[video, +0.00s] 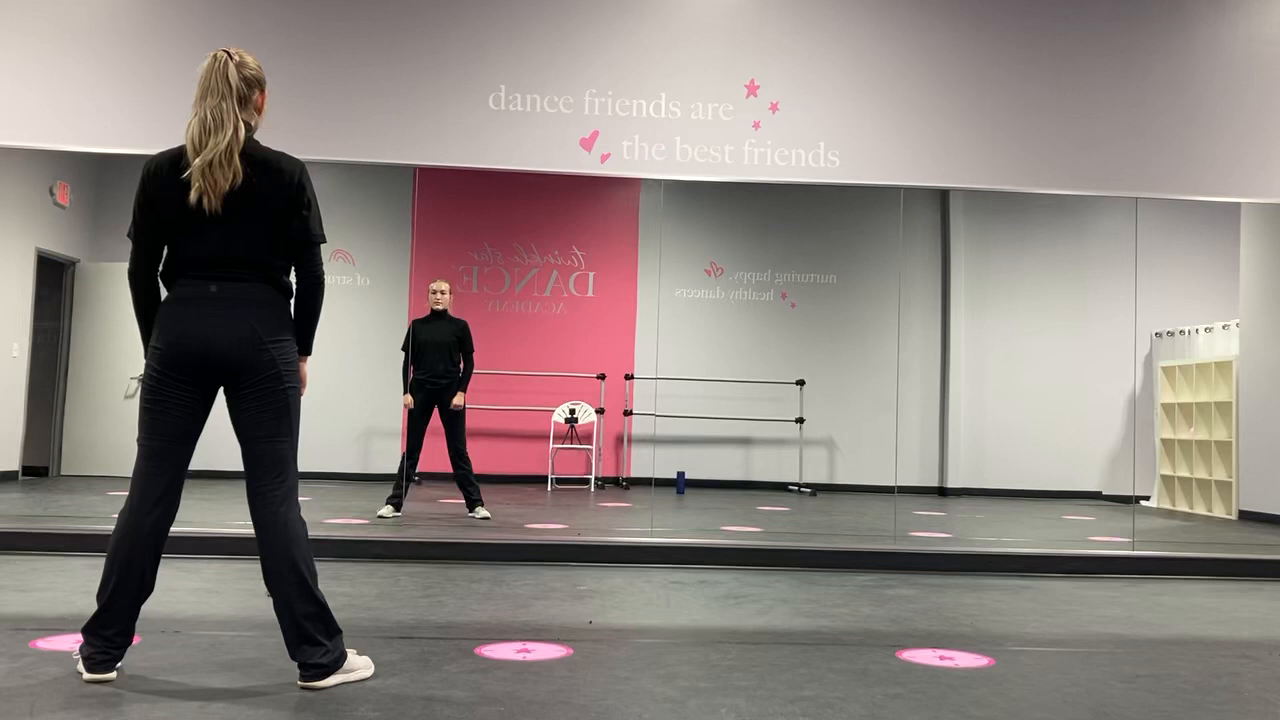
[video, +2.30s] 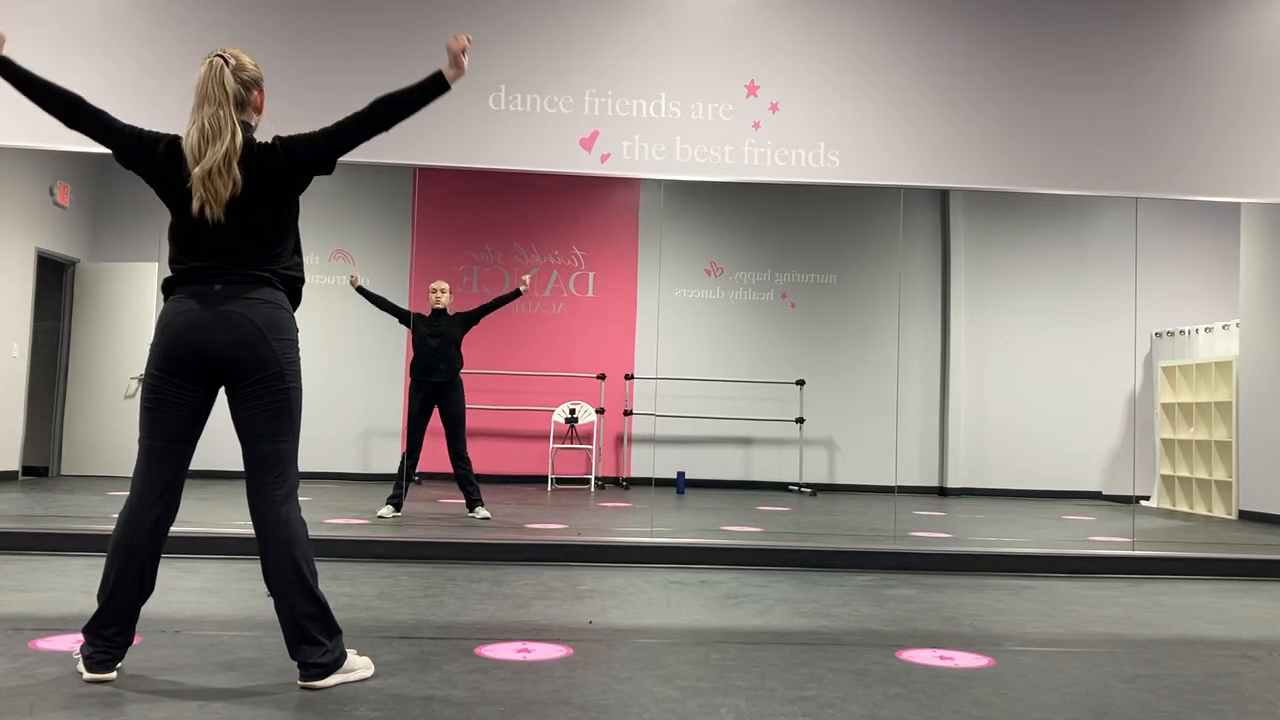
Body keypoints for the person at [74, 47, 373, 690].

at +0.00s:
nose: (268, 105)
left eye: (264, 95)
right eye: (266, 96)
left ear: (202, 96)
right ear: (254, 99)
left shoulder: (162, 169)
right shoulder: (285, 173)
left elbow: (141, 271)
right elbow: (312, 274)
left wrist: (157, 349)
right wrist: (301, 348)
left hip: (180, 328)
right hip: (261, 329)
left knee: (150, 490)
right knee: (275, 497)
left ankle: (101, 649)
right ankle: (319, 656)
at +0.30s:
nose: (267, 104)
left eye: (264, 93)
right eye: (265, 95)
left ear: (201, 96)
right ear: (253, 99)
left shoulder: (164, 164)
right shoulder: (286, 168)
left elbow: (125, 255)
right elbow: (313, 262)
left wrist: (169, 298)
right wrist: (284, 310)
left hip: (179, 327)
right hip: (261, 329)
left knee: (150, 490)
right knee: (275, 496)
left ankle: (101, 649)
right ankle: (319, 656)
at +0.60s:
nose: (266, 101)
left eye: (262, 90)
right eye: (263, 92)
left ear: (199, 95)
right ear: (251, 97)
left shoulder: (164, 168)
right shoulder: (282, 169)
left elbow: (170, 231)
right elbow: (303, 247)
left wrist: (235, 224)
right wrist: (245, 228)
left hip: (180, 322)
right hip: (259, 323)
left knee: (151, 487)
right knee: (274, 493)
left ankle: (101, 648)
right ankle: (319, 656)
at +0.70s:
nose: (264, 100)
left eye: (260, 89)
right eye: (261, 91)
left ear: (197, 95)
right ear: (249, 96)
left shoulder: (166, 159)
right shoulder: (276, 157)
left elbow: (193, 198)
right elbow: (292, 205)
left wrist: (233, 133)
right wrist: (261, 137)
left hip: (180, 323)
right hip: (259, 324)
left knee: (151, 487)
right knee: (275, 493)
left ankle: (102, 648)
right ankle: (319, 656)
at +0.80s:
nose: (264, 99)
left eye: (260, 88)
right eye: (261, 91)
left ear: (199, 94)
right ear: (250, 97)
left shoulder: (168, 150)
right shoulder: (273, 157)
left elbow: (199, 132)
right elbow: (295, 133)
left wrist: (229, 75)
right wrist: (275, 77)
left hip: (181, 321)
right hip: (259, 321)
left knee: (151, 487)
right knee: (275, 492)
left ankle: (101, 648)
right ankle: (319, 656)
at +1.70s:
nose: (267, 100)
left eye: (260, 90)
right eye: (264, 91)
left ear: (203, 97)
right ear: (257, 98)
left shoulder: (178, 150)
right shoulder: (280, 149)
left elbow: (143, 69)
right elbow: (331, 72)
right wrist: (366, 3)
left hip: (183, 320)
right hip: (262, 321)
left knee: (151, 489)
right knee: (275, 496)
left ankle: (103, 648)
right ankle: (319, 657)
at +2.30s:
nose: (266, 101)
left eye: (261, 92)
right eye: (262, 93)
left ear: (204, 98)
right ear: (252, 99)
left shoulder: (170, 156)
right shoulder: (283, 156)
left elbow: (86, 118)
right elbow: (367, 122)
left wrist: (4, 62)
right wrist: (445, 76)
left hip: (184, 315)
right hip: (263, 316)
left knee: (151, 489)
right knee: (275, 495)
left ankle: (102, 649)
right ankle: (319, 657)